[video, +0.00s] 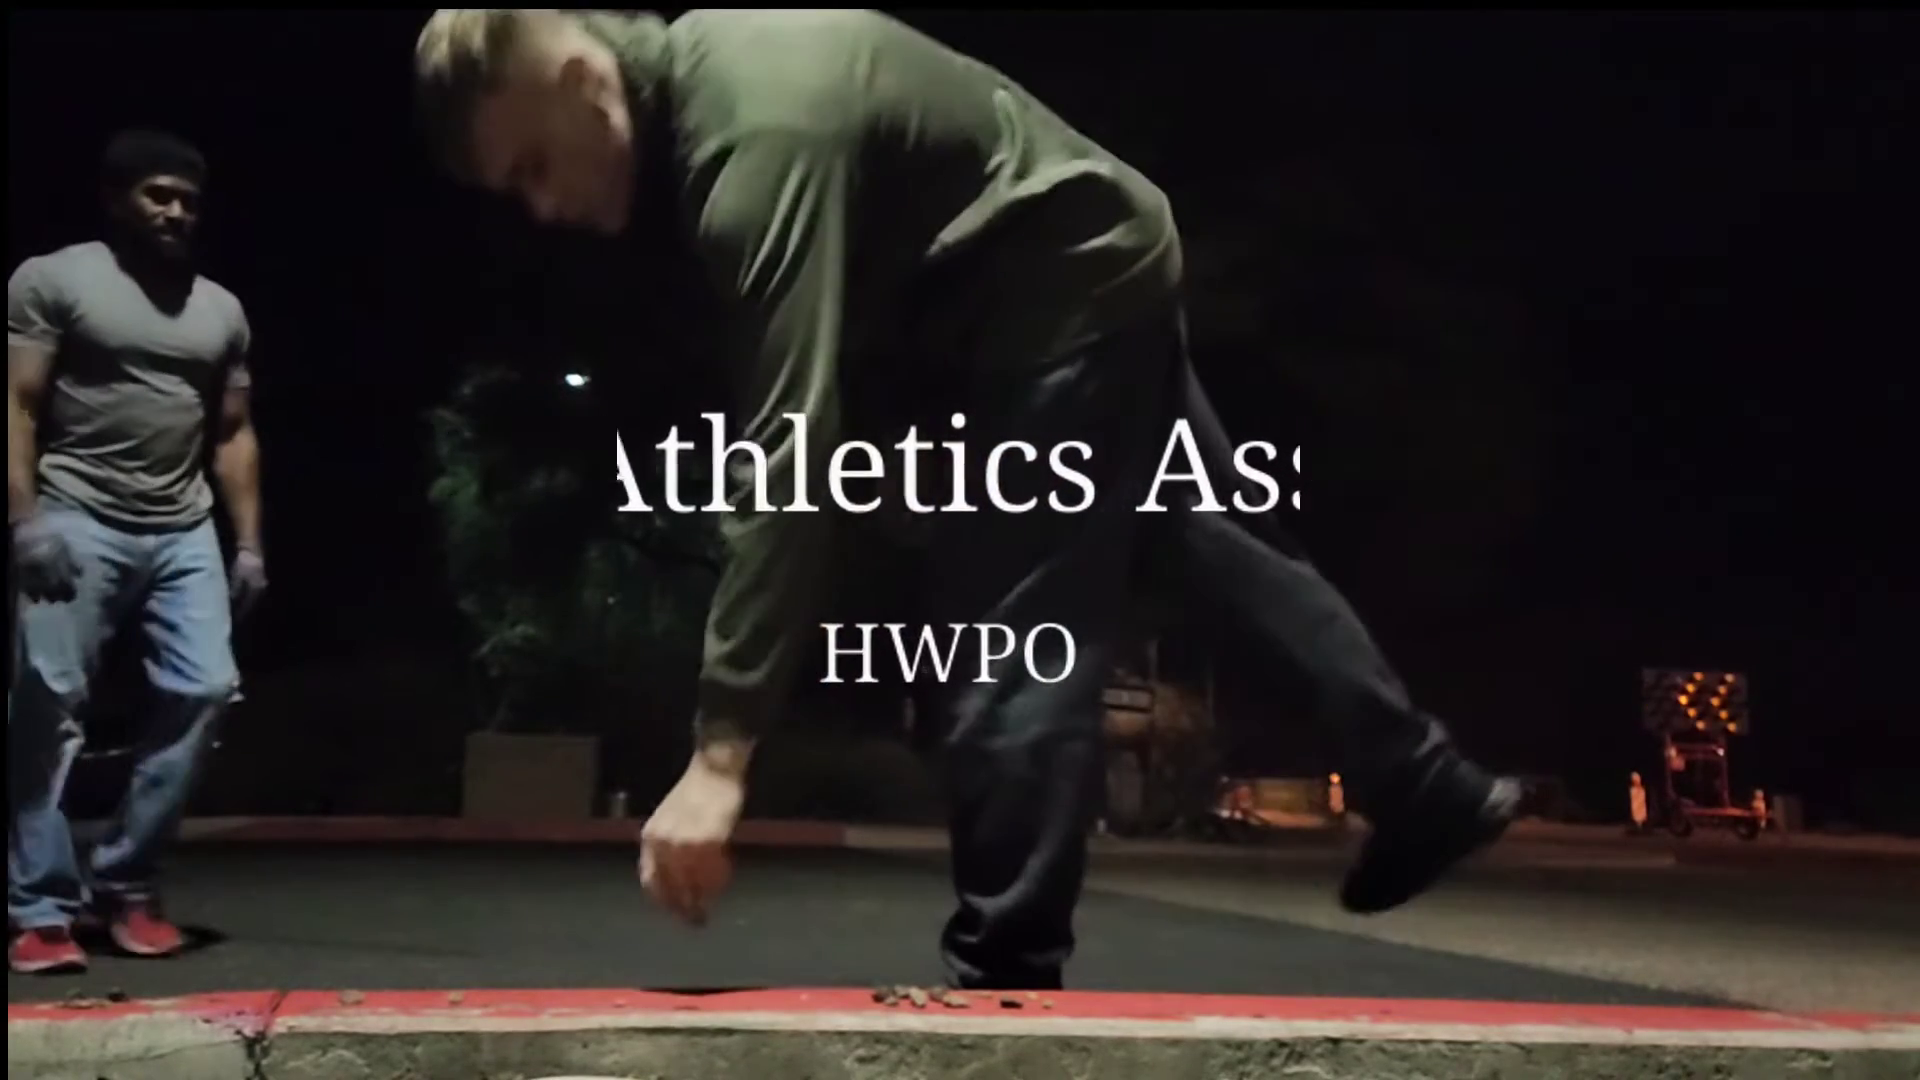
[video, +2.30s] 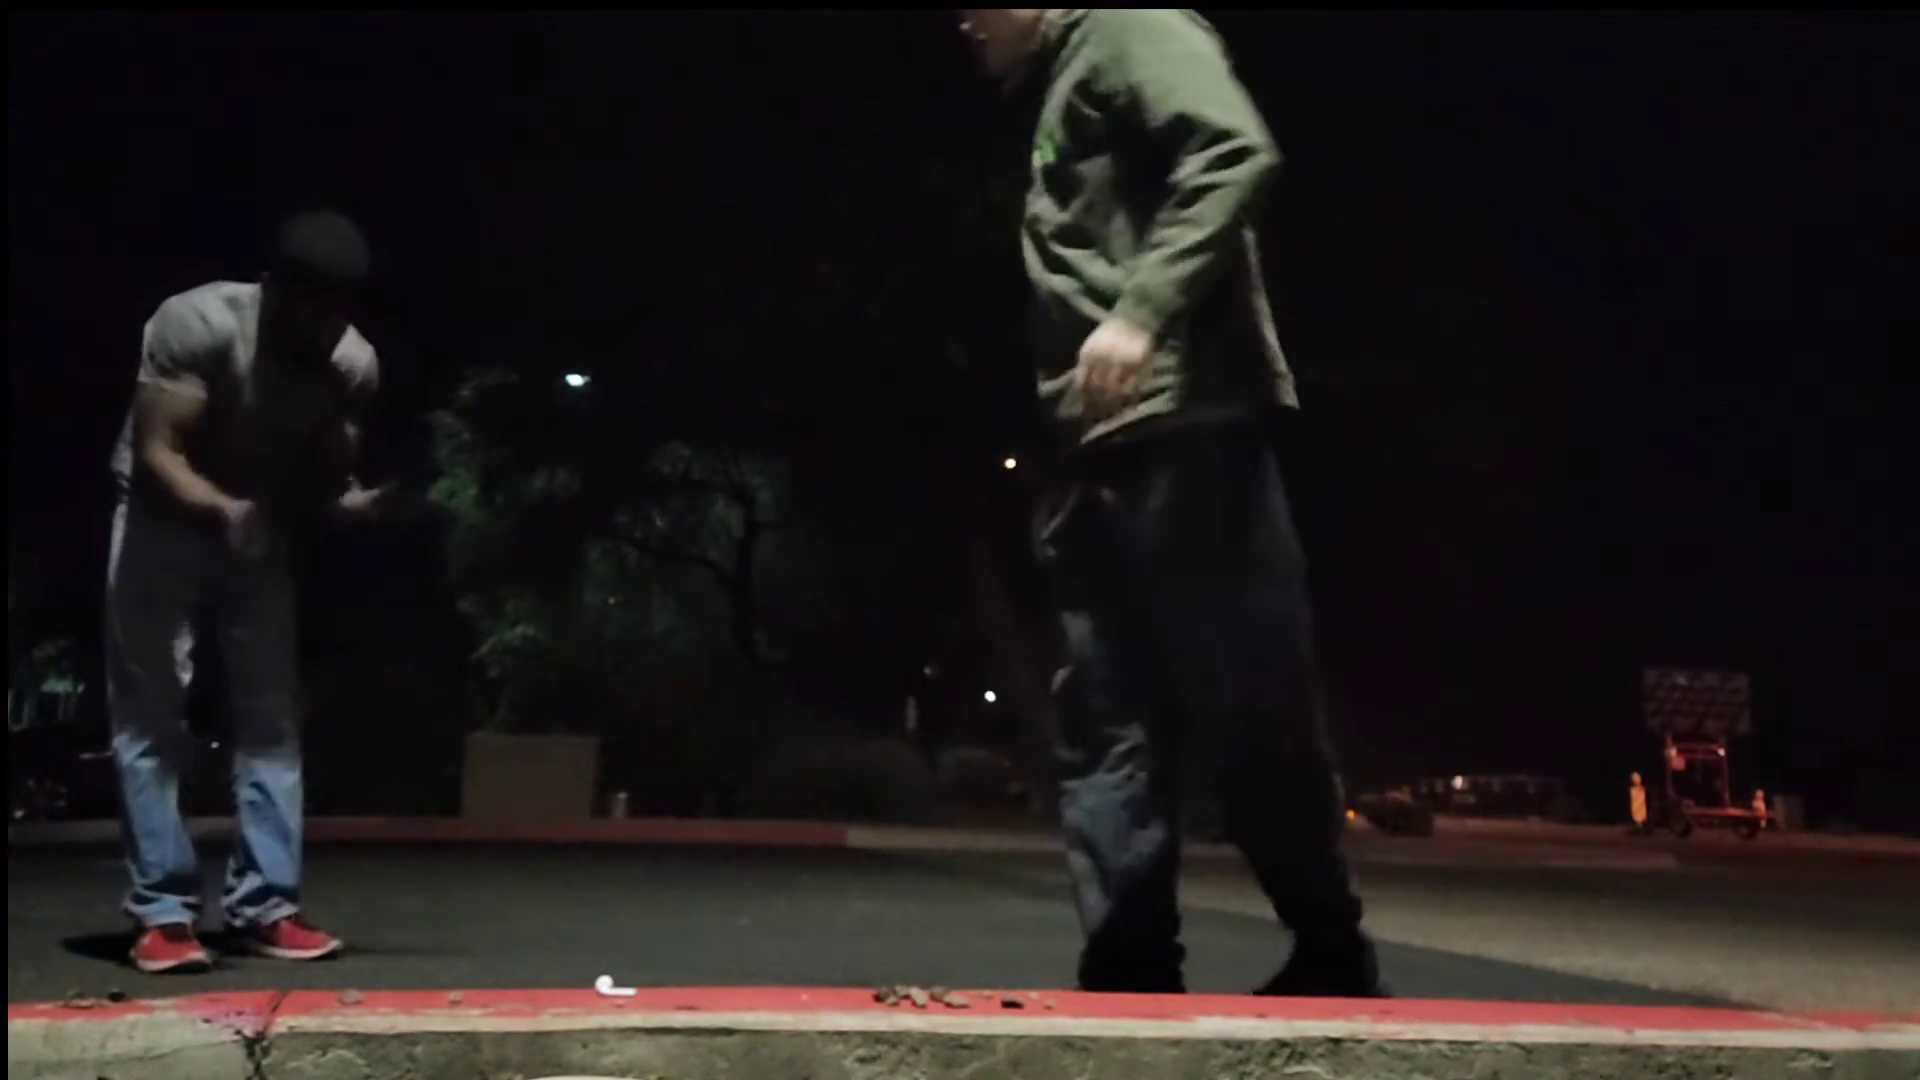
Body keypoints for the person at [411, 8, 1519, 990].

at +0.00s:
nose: (541, 207)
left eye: (533, 167)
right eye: (513, 188)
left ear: (591, 79)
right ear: (586, 78)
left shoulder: (765, 138)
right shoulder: (685, 74)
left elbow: (786, 469)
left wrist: (719, 757)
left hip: (1080, 278)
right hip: (1042, 280)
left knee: (1022, 620)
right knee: (1201, 544)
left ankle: (1006, 953)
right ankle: (1422, 782)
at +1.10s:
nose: (540, 165)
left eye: (531, 125)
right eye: (517, 145)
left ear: (594, 54)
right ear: (591, 55)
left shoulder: (746, 118)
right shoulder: (715, 76)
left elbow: (820, 406)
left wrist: (813, 700)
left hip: (1058, 294)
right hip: (1090, 274)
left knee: (966, 632)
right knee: (1182, 614)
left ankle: (999, 962)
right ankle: (1343, 906)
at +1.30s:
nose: (596, 90)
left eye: (593, 54)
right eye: (575, 73)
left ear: (655, 9)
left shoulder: (787, 70)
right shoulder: (774, 66)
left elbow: (848, 326)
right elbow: (832, 329)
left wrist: (836, 599)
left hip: (1057, 307)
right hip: (1108, 293)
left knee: (964, 639)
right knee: (1142, 639)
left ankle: (1003, 972)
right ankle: (1215, 956)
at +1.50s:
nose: (695, 66)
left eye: (687, 38)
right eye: (680, 49)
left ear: (738, 5)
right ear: (737, 15)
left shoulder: (861, 36)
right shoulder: (858, 38)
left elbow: (901, 257)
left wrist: (875, 501)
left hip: (1069, 339)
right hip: (1105, 335)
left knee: (998, 648)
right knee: (1071, 664)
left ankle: (1000, 967)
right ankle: (1130, 974)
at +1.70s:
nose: (807, 50)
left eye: (807, 26)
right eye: (796, 37)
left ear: (854, 4)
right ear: (844, 24)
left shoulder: (967, 35)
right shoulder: (941, 55)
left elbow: (1025, 225)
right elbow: (1022, 234)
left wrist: (984, 423)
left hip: (1121, 366)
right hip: (1082, 375)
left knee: (1070, 652)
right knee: (1056, 653)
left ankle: (1011, 943)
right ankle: (1123, 959)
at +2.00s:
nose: (898, 33)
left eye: (905, 15)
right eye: (895, 22)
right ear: (943, 21)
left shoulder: (1070, 30)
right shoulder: (1003, 79)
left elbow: (1135, 208)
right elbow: (1039, 272)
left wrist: (1103, 386)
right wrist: (1032, 427)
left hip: (1155, 389)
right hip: (1088, 405)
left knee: (1133, 674)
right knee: (1090, 681)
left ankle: (1179, 966)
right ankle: (1119, 968)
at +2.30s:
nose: (970, 28)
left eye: (978, 12)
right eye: (966, 20)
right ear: (1011, 23)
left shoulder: (1135, 31)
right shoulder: (1056, 97)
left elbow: (1232, 151)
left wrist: (1138, 314)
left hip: (1192, 446)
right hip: (1093, 463)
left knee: (1247, 699)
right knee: (1102, 719)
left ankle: (1330, 947)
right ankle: (1132, 967)